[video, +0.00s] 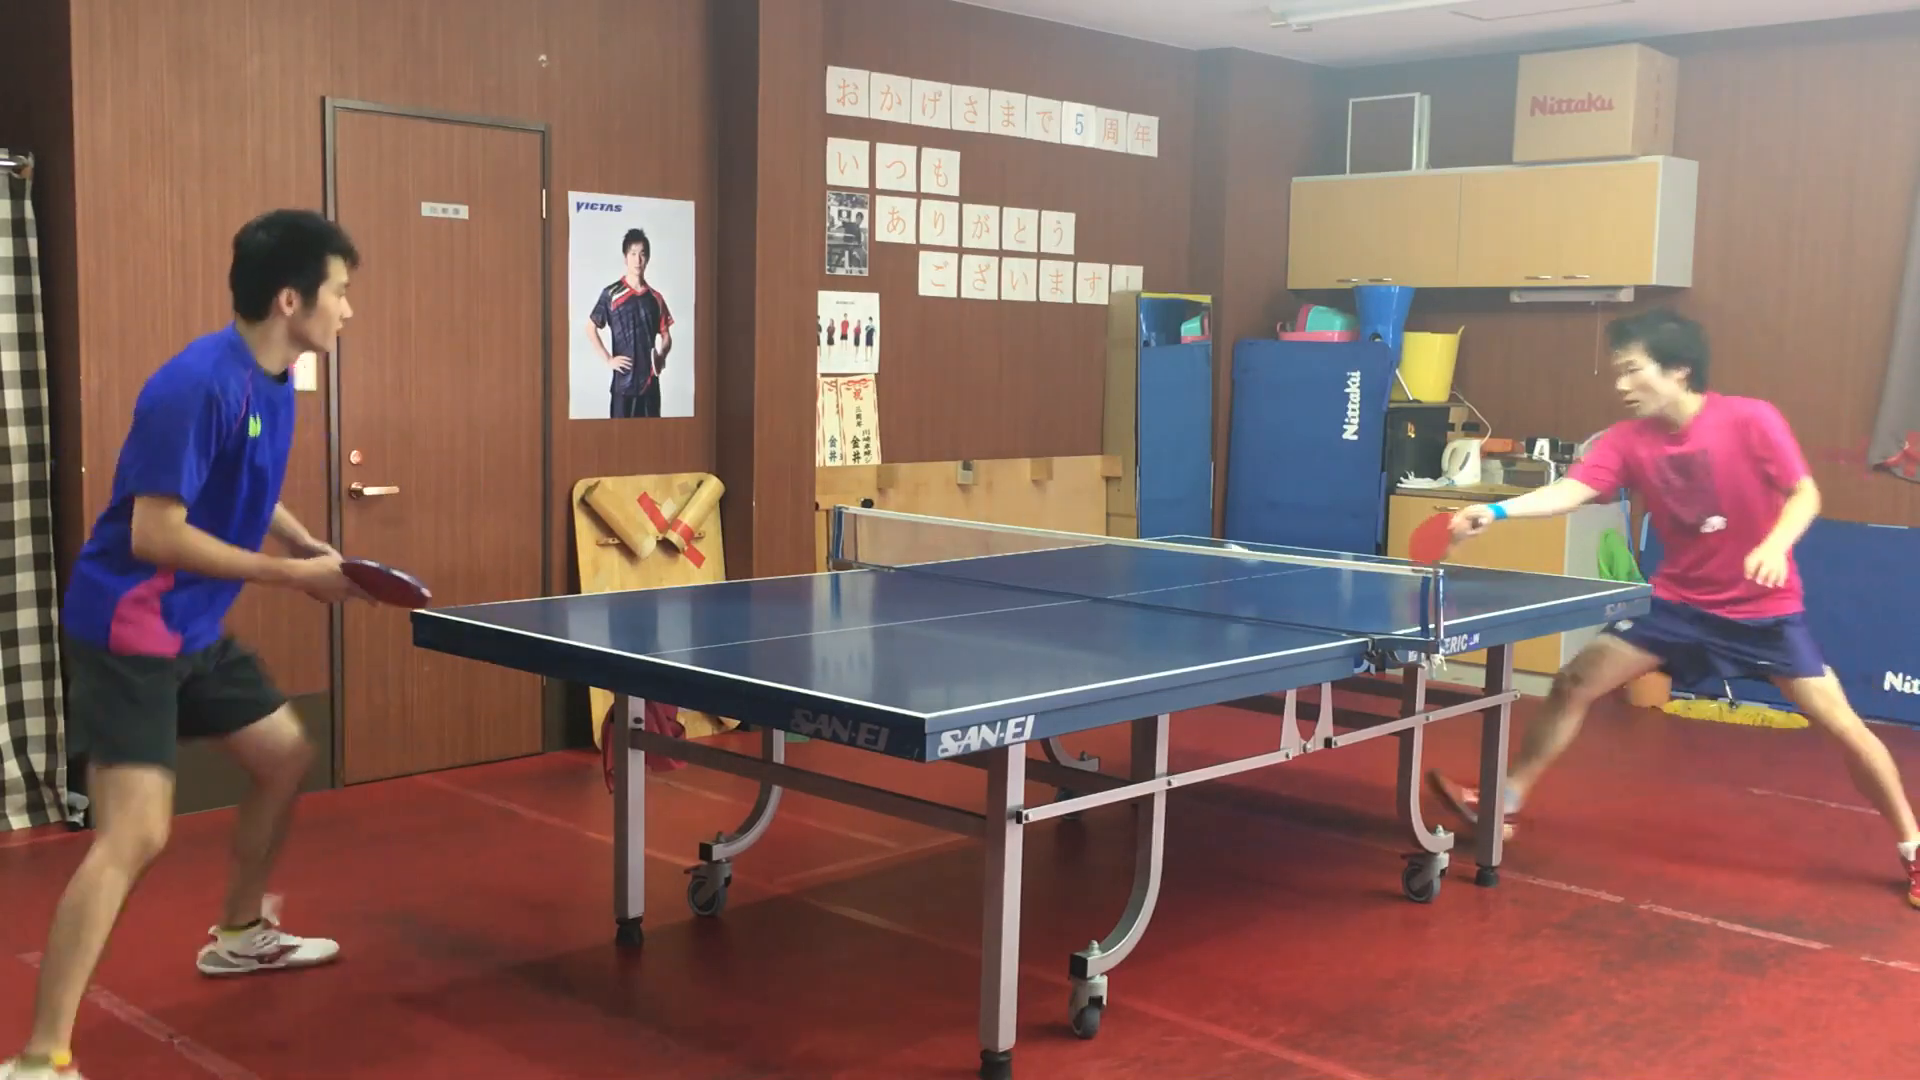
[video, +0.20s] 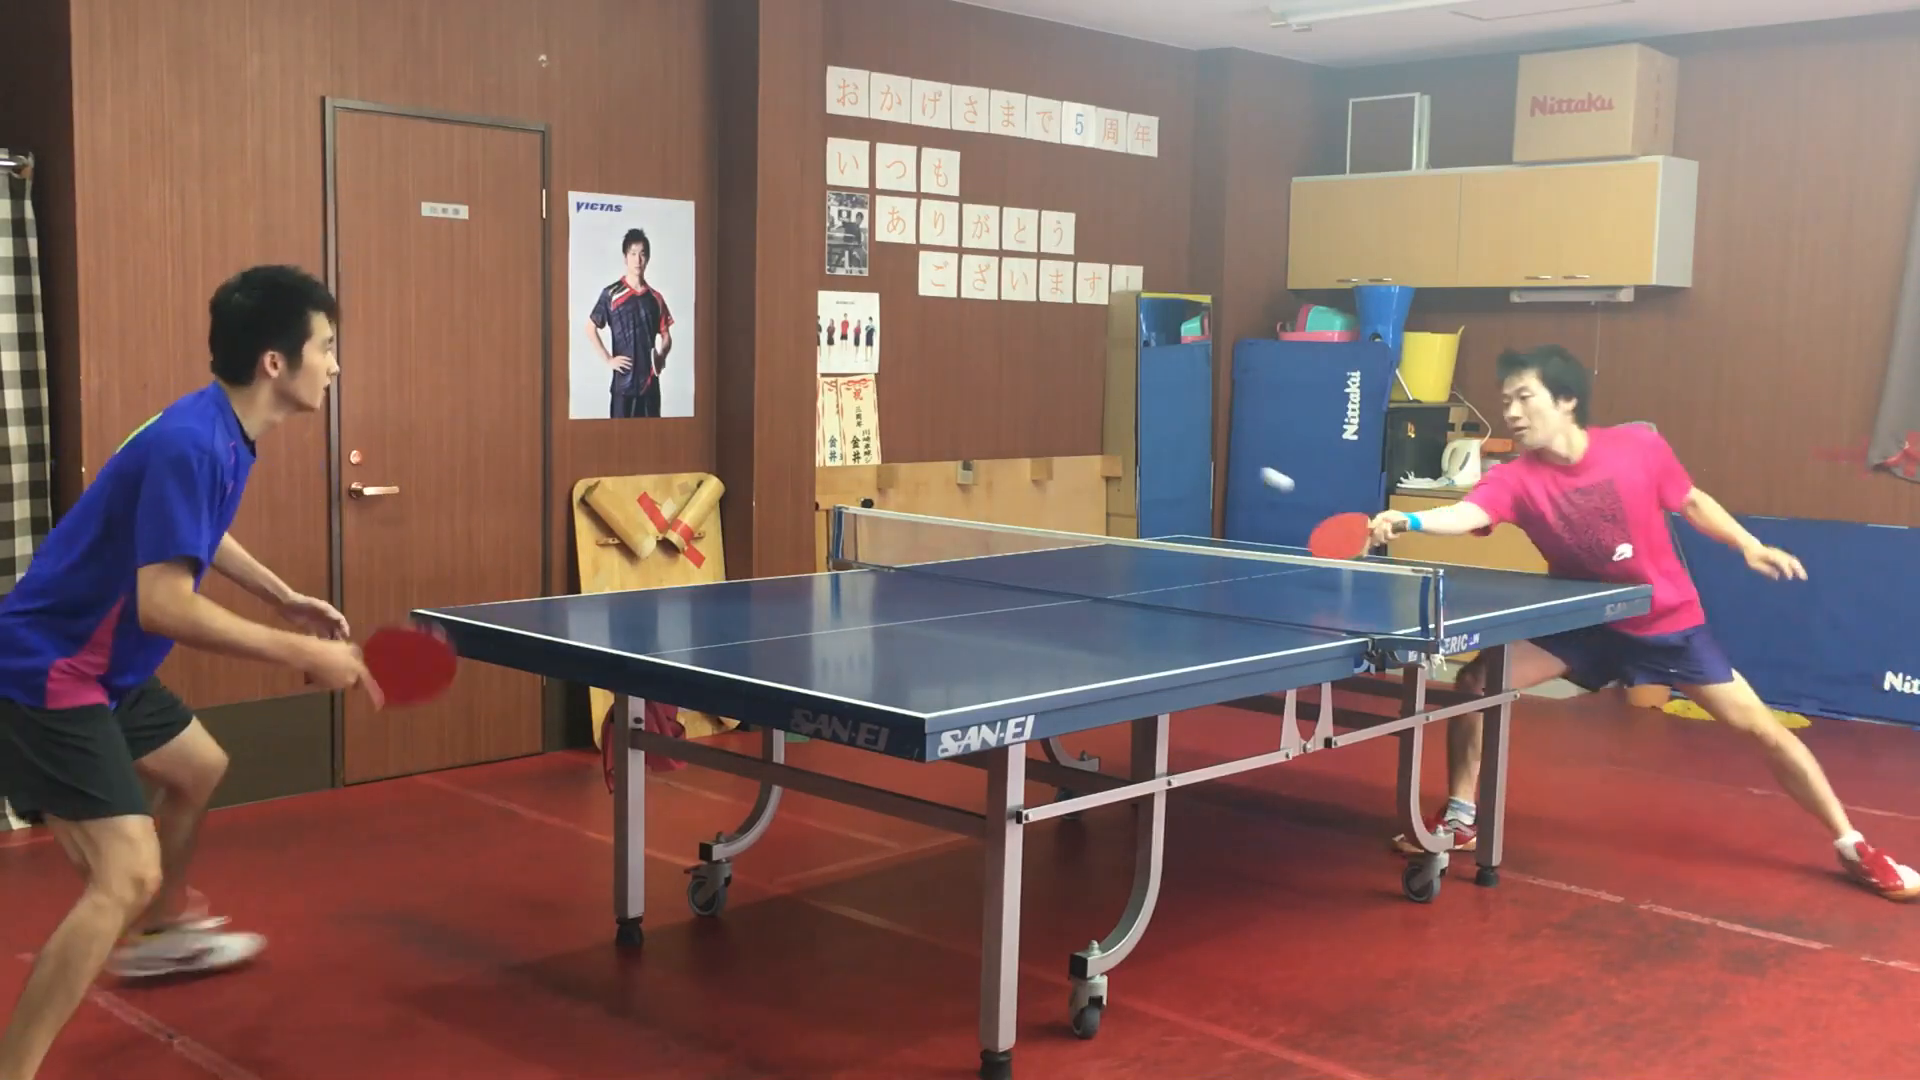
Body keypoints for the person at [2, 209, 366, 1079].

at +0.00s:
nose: (348, 311)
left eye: (347, 293)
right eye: (339, 293)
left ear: (290, 302)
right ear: (289, 301)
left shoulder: (279, 382)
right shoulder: (194, 384)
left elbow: (244, 498)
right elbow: (153, 534)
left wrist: (318, 556)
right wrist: (291, 570)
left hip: (195, 624)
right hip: (124, 627)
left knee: (283, 751)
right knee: (134, 830)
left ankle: (239, 930)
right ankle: (41, 1056)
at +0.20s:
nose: (335, 367)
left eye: (333, 348)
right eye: (326, 349)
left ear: (271, 362)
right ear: (274, 363)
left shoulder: (231, 437)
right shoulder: (191, 446)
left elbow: (199, 535)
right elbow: (160, 605)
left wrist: (284, 598)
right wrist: (301, 652)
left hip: (106, 657)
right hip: (42, 668)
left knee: (198, 767)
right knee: (126, 874)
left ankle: (151, 933)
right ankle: (13, 1069)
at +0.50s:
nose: (340, 347)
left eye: (340, 329)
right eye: (329, 328)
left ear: (272, 335)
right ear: (267, 335)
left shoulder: (271, 409)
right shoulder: (176, 428)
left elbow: (288, 500)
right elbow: (106, 571)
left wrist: (359, 568)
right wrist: (193, 664)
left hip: (151, 642)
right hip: (112, 650)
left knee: (158, 793)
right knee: (246, 803)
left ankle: (15, 927)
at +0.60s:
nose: (325, 364)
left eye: (328, 345)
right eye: (312, 346)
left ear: (274, 351)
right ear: (250, 348)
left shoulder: (312, 412)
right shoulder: (150, 443)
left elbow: (372, 498)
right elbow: (88, 578)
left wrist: (411, 549)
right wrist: (129, 700)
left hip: (228, 639)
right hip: (158, 650)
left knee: (246, 776)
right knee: (301, 796)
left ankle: (86, 855)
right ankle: (257, 1007)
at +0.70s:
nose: (306, 400)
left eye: (310, 382)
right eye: (289, 386)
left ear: (316, 375)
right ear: (225, 387)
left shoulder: (324, 431)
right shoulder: (140, 473)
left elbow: (431, 498)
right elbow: (103, 588)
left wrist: (459, 561)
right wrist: (104, 709)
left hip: (277, 652)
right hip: (190, 659)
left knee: (317, 779)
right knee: (286, 792)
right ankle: (258, 1005)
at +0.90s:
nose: (270, 302)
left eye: (273, 281)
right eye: (244, 293)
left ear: (285, 278)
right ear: (200, 312)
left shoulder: (291, 360)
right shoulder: (196, 406)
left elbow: (313, 447)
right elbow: (172, 528)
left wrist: (387, 482)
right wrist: (162, 600)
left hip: (304, 607)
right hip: (255, 621)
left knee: (308, 730)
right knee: (367, 795)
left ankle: (280, 840)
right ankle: (269, 995)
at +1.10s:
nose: (288, 315)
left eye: (282, 299)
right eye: (275, 303)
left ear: (208, 325)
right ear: (229, 324)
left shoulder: (153, 422)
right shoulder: (310, 379)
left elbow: (142, 550)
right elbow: (423, 418)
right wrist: (386, 363)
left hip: (213, 651)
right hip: (299, 638)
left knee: (259, 738)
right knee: (411, 829)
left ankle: (261, 894)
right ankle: (288, 985)